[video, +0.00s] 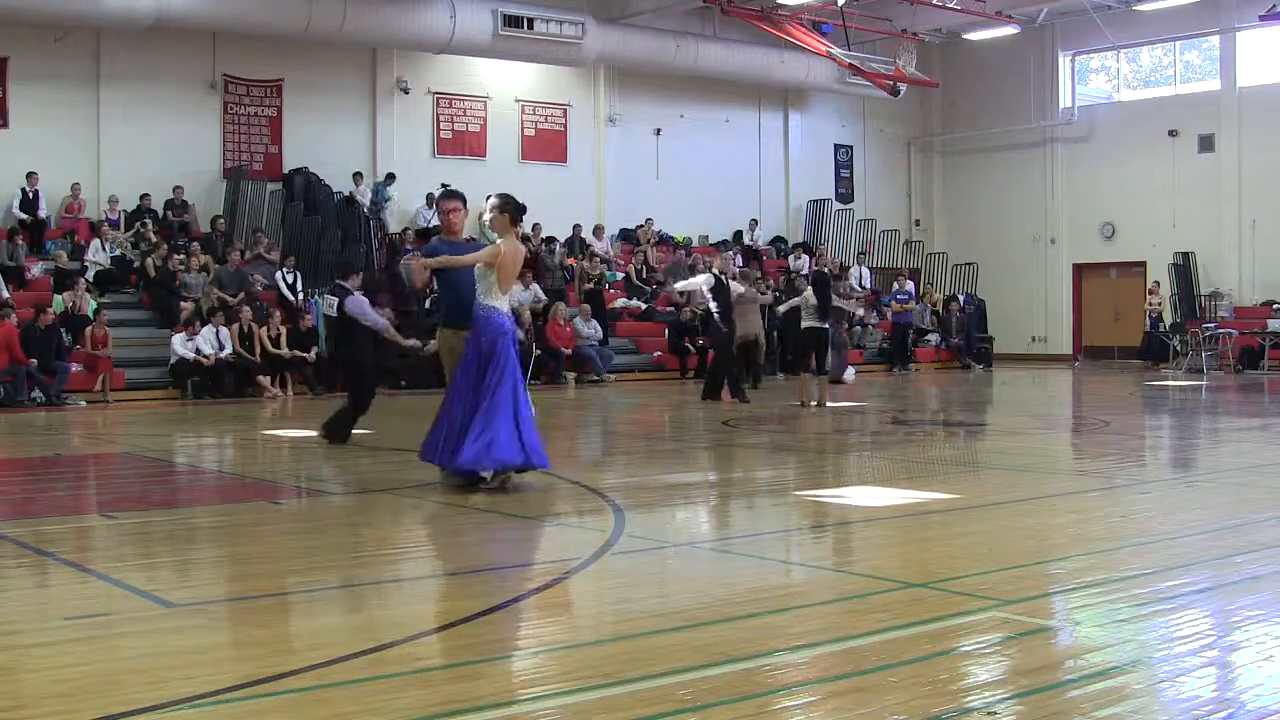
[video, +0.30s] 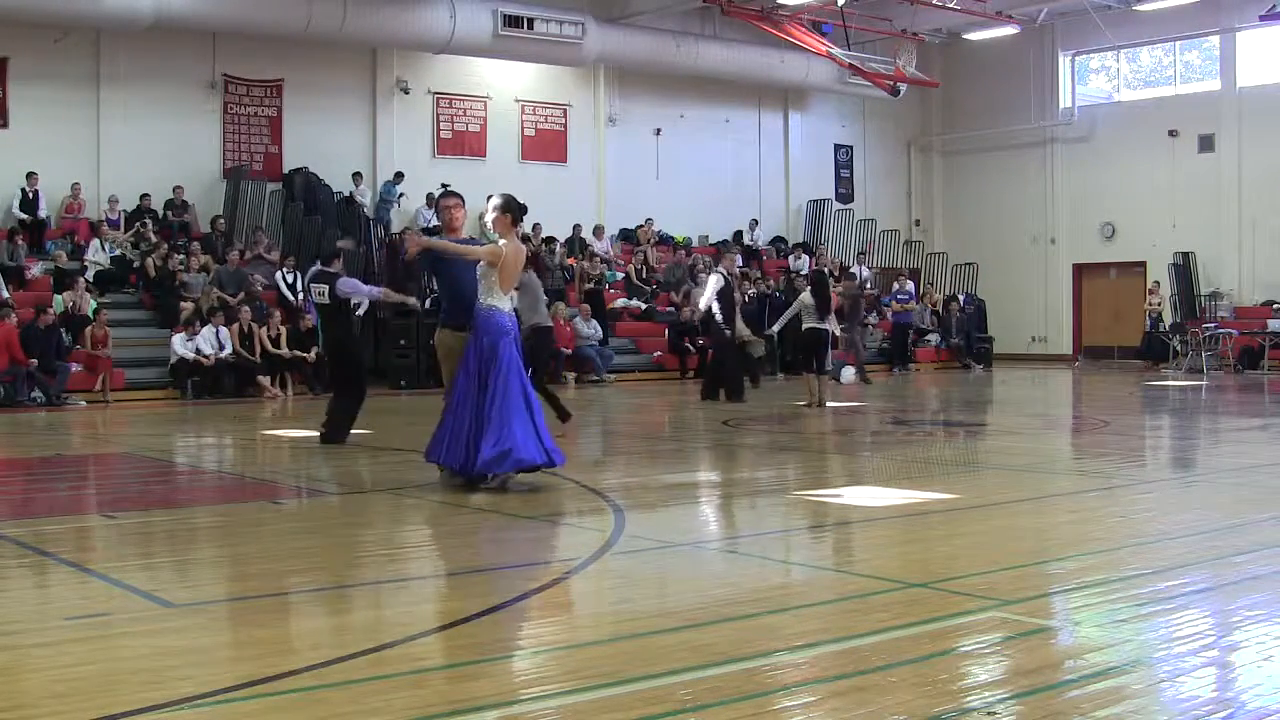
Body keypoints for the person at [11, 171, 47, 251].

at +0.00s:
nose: (37, 181)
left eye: (37, 179)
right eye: (34, 179)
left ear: (38, 180)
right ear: (28, 180)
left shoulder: (39, 193)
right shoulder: (20, 192)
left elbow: (42, 208)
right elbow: (14, 209)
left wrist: (41, 215)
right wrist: (25, 217)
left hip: (36, 216)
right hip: (24, 217)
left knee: (42, 224)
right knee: (34, 227)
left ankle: (39, 248)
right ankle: (32, 248)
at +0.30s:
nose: (36, 181)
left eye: (37, 179)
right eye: (34, 179)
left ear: (37, 180)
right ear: (28, 180)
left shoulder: (39, 193)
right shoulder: (20, 192)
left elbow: (42, 208)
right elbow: (14, 209)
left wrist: (41, 216)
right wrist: (25, 217)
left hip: (36, 217)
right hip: (24, 218)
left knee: (43, 224)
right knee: (33, 225)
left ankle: (40, 248)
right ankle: (32, 248)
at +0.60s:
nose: (36, 181)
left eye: (37, 179)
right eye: (34, 179)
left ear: (38, 180)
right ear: (28, 180)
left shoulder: (39, 193)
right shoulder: (20, 192)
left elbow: (42, 208)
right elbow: (14, 210)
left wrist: (41, 216)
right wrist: (25, 217)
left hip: (36, 217)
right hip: (24, 218)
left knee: (43, 223)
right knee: (33, 225)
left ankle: (40, 247)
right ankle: (32, 248)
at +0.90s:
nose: (36, 181)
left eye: (36, 179)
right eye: (34, 179)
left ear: (37, 180)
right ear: (28, 180)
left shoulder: (39, 193)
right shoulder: (20, 192)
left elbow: (42, 208)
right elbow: (14, 209)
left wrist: (42, 216)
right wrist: (25, 217)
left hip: (36, 217)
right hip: (25, 217)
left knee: (42, 224)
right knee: (32, 226)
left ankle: (40, 247)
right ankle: (31, 247)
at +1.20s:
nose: (35, 181)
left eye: (36, 179)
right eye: (33, 179)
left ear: (37, 180)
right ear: (27, 180)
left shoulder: (39, 192)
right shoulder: (20, 192)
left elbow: (42, 207)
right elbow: (15, 209)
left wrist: (42, 216)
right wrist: (25, 217)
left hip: (36, 217)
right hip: (25, 217)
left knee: (42, 224)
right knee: (32, 226)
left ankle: (40, 247)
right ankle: (31, 247)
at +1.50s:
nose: (35, 181)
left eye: (36, 179)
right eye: (32, 178)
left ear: (37, 180)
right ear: (27, 180)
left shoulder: (39, 193)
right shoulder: (20, 192)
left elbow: (42, 209)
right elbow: (14, 210)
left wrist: (42, 216)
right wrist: (25, 217)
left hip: (36, 217)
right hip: (25, 218)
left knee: (43, 224)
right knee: (33, 226)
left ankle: (40, 248)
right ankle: (32, 248)